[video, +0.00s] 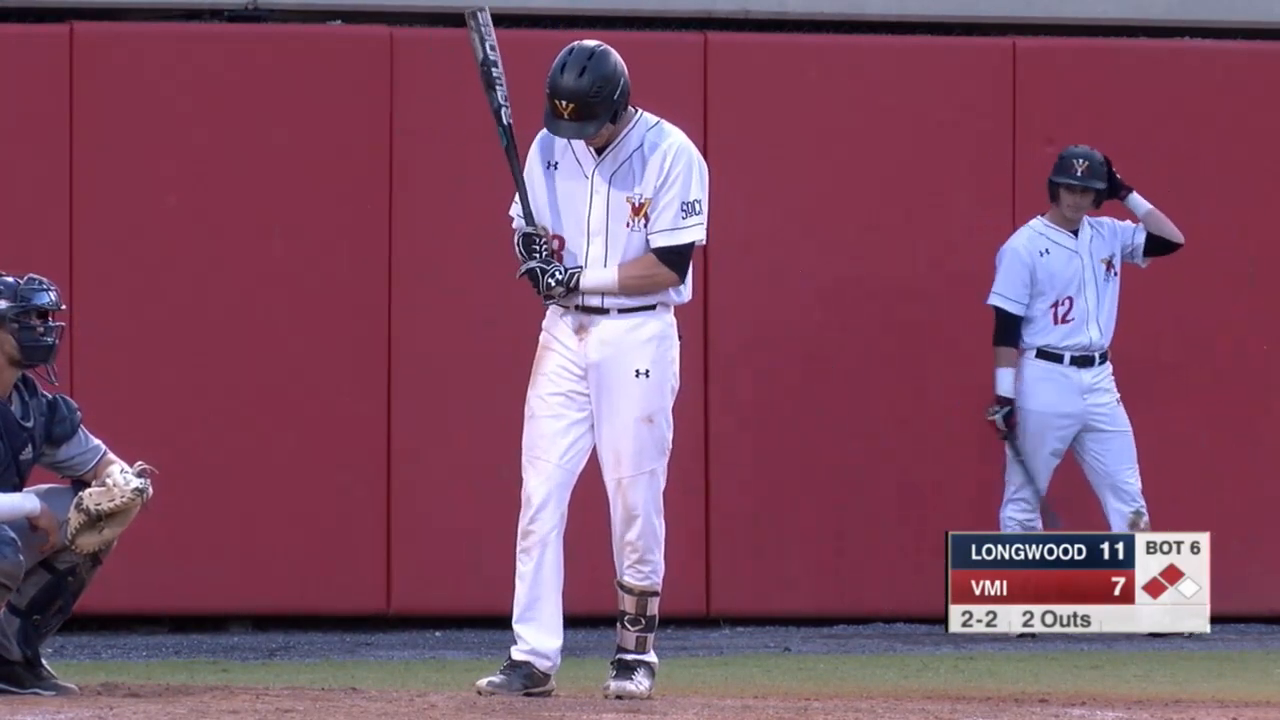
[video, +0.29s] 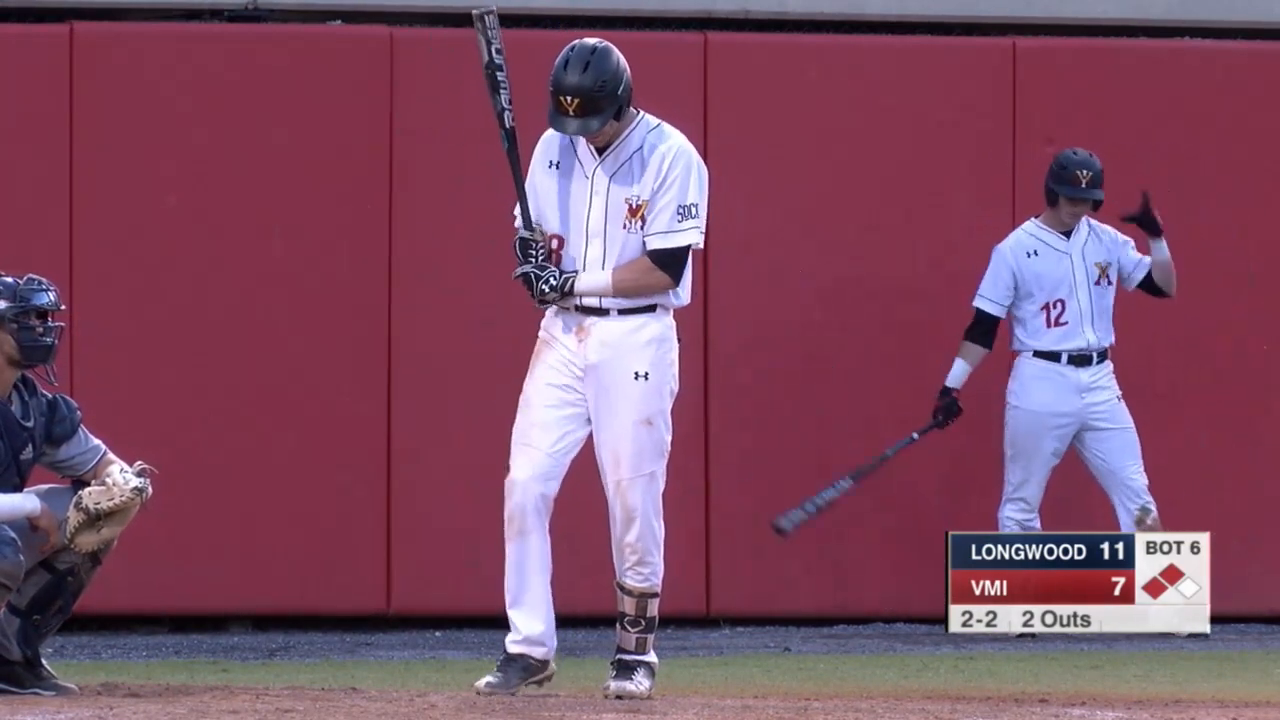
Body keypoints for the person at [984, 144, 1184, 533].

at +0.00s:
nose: (1076, 199)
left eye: (1086, 192)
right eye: (1070, 189)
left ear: (1098, 196)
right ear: (1054, 188)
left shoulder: (1108, 233)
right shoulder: (1024, 246)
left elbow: (1171, 240)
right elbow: (1007, 327)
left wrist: (1125, 193)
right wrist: (1004, 395)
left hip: (1099, 380)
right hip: (1044, 378)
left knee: (1128, 501)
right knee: (1024, 501)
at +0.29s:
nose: (1080, 209)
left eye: (1088, 201)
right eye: (1072, 200)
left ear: (1097, 198)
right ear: (1053, 192)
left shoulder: (1107, 240)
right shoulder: (1015, 249)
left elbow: (1164, 287)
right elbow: (983, 327)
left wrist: (1155, 238)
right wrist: (950, 389)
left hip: (1099, 383)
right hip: (1040, 381)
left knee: (1138, 503)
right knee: (1021, 507)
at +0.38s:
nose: (1086, 212)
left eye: (1094, 204)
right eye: (1078, 202)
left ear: (1101, 200)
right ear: (1057, 194)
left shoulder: (1107, 241)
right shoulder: (1018, 250)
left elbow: (1156, 298)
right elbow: (981, 325)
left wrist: (1168, 277)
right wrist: (945, 383)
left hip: (1102, 383)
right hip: (1043, 382)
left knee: (1140, 499)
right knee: (1023, 505)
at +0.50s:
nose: (1101, 215)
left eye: (1107, 207)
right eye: (1094, 206)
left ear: (1114, 202)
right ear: (1070, 199)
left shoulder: (1118, 244)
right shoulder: (1028, 250)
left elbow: (1150, 303)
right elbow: (985, 320)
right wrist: (938, 370)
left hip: (1111, 386)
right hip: (1051, 384)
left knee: (1145, 504)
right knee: (1028, 505)